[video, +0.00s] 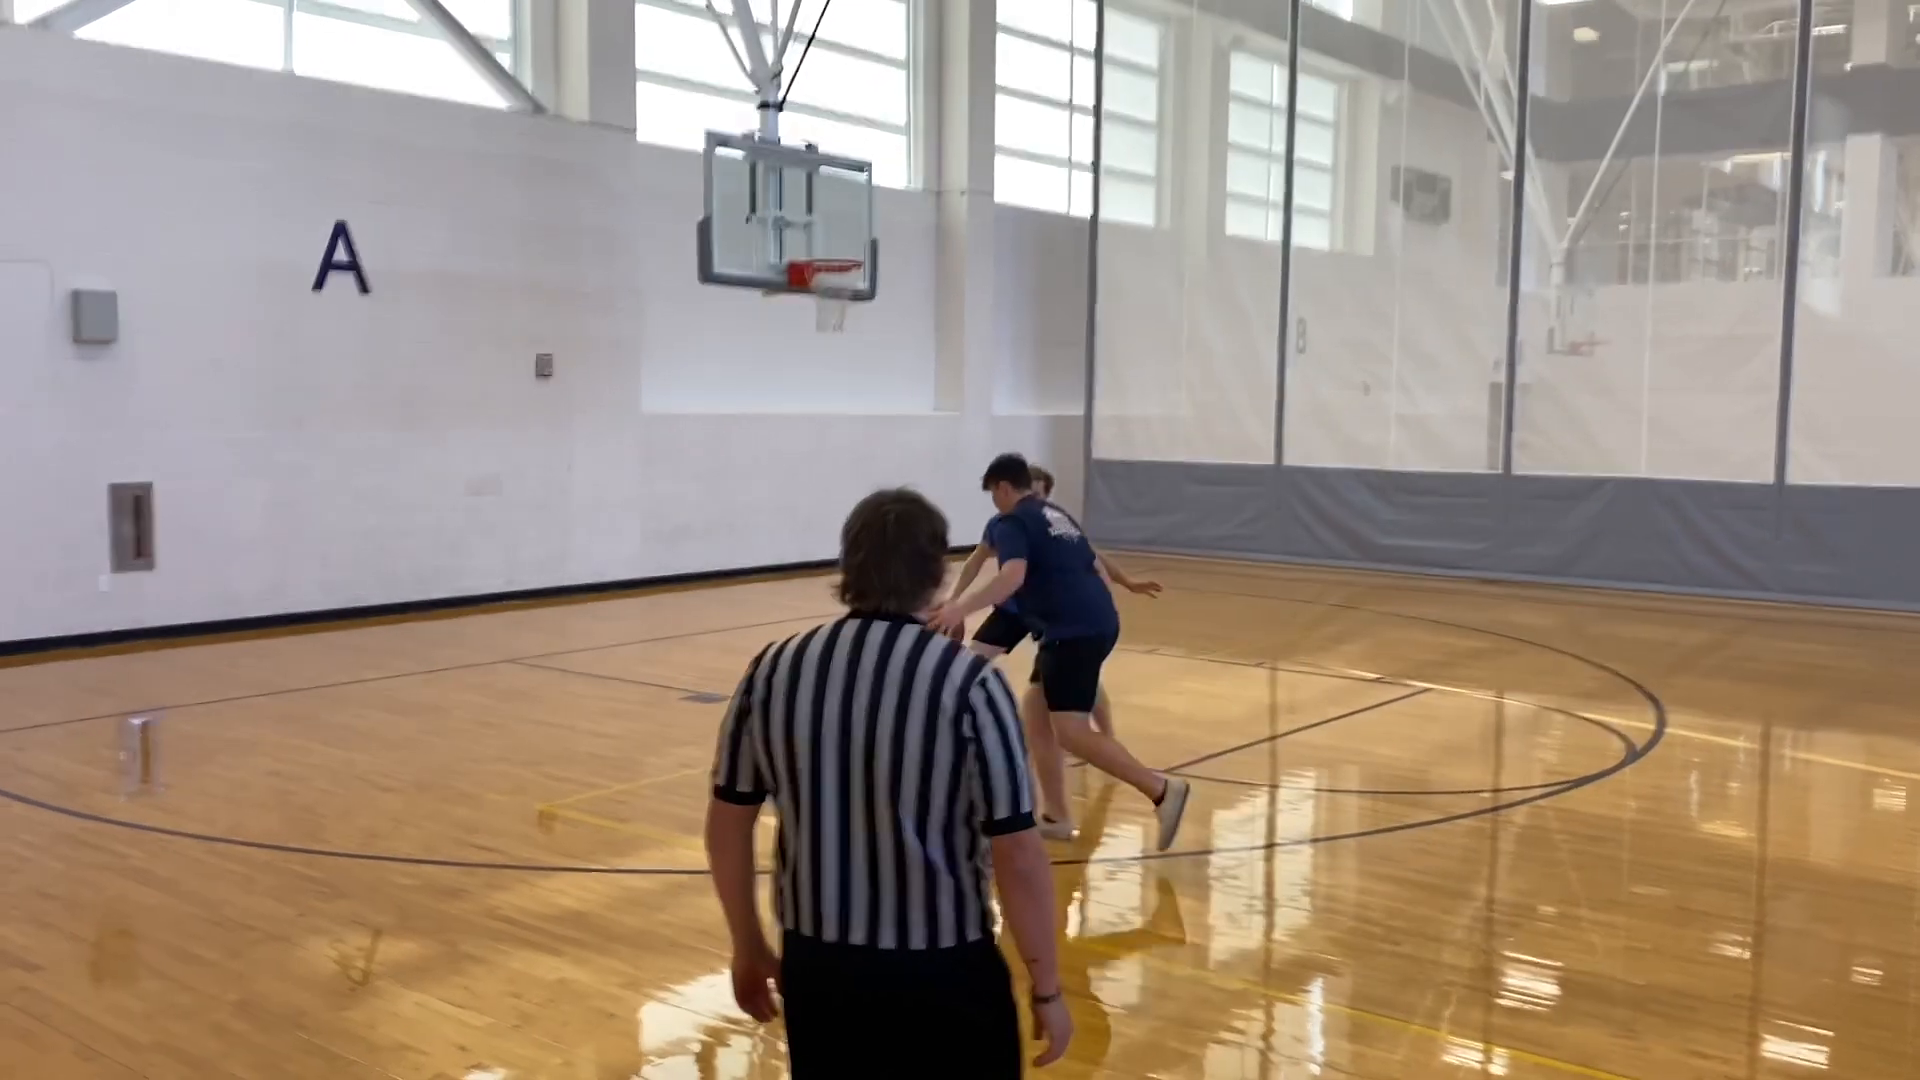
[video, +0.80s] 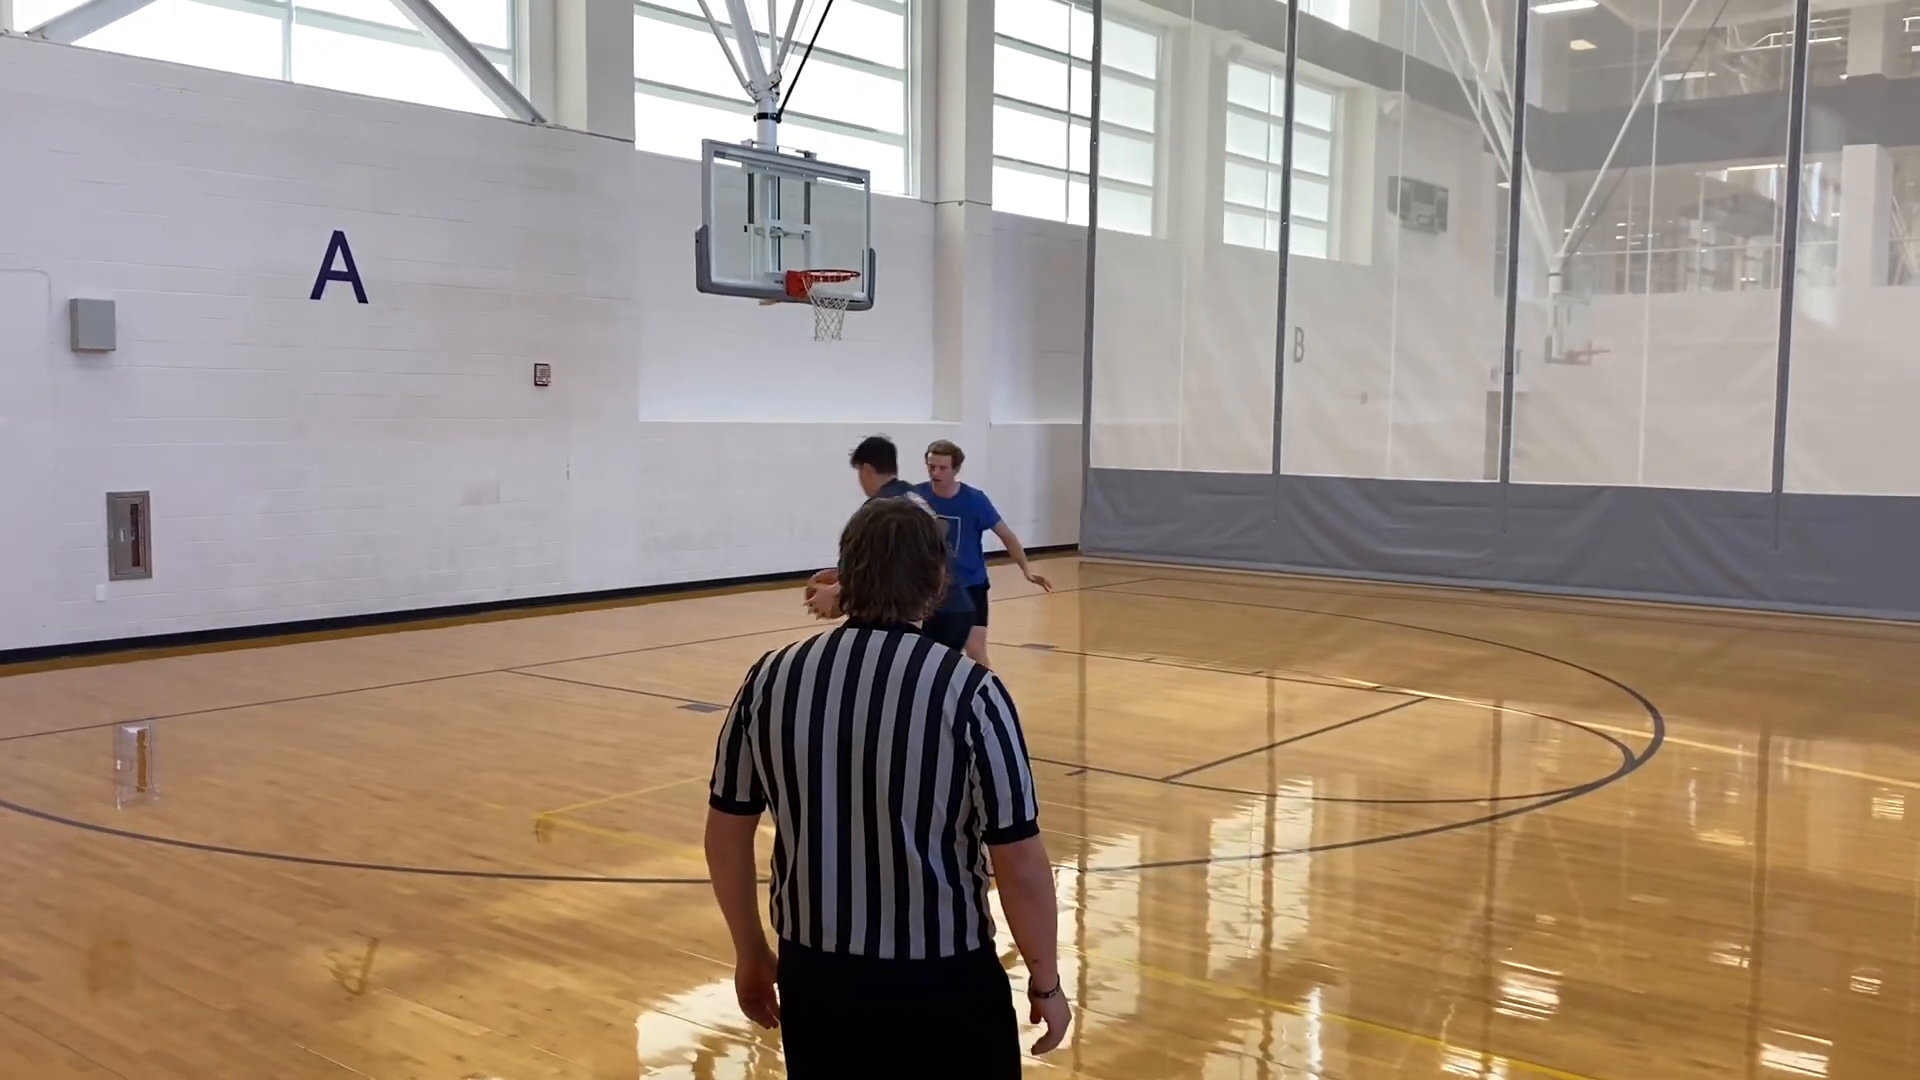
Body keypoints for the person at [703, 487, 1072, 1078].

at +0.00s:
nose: (945, 575)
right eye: (943, 562)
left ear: (849, 568)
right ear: (937, 572)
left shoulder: (775, 669)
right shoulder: (970, 684)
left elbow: (727, 823)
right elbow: (1017, 853)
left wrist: (747, 945)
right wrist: (1048, 989)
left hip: (820, 980)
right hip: (950, 982)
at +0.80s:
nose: (949, 583)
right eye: (946, 570)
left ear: (847, 573)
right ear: (937, 581)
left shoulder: (772, 677)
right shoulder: (972, 691)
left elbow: (726, 832)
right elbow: (1019, 860)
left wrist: (749, 949)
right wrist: (1045, 978)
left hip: (816, 984)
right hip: (948, 988)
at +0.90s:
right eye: (946, 573)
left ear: (845, 575)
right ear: (937, 583)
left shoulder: (771, 677)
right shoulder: (971, 690)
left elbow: (726, 833)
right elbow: (1020, 861)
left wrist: (751, 948)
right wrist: (1045, 977)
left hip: (816, 982)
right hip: (949, 986)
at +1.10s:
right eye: (943, 568)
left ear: (842, 573)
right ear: (937, 579)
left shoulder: (771, 675)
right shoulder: (971, 687)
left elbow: (727, 831)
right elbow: (1020, 854)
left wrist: (757, 945)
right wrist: (1045, 973)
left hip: (817, 981)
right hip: (950, 984)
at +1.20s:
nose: (947, 581)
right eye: (942, 569)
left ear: (844, 571)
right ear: (934, 579)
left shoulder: (770, 673)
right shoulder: (969, 686)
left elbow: (725, 830)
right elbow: (1019, 856)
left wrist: (756, 944)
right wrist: (1042, 971)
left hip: (815, 981)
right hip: (947, 985)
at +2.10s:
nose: (939, 573)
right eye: (935, 561)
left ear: (841, 564)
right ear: (929, 572)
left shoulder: (768, 671)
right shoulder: (969, 682)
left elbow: (724, 826)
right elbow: (1019, 851)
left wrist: (757, 940)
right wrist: (1037, 953)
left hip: (815, 974)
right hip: (948, 977)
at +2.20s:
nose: (938, 573)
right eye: (934, 560)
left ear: (841, 566)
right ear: (929, 572)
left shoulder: (768, 670)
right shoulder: (967, 681)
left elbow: (723, 826)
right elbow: (1017, 849)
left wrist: (755, 939)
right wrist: (1035, 950)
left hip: (814, 976)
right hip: (945, 978)